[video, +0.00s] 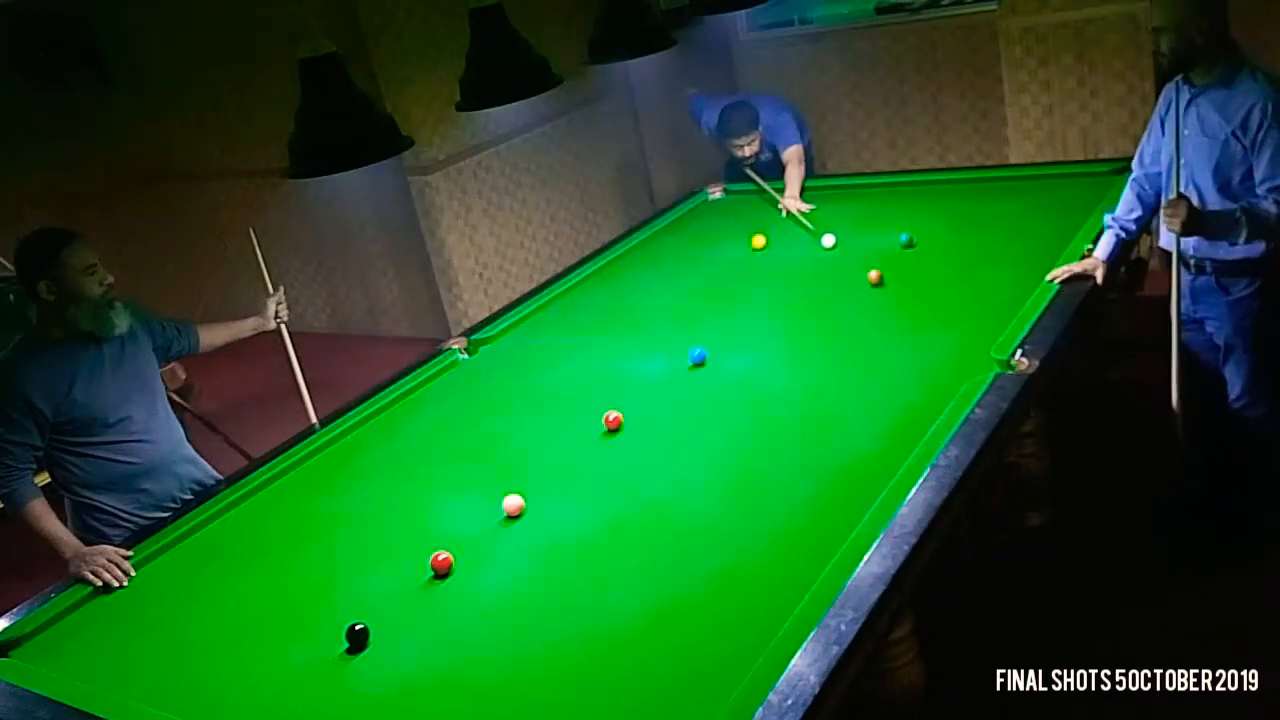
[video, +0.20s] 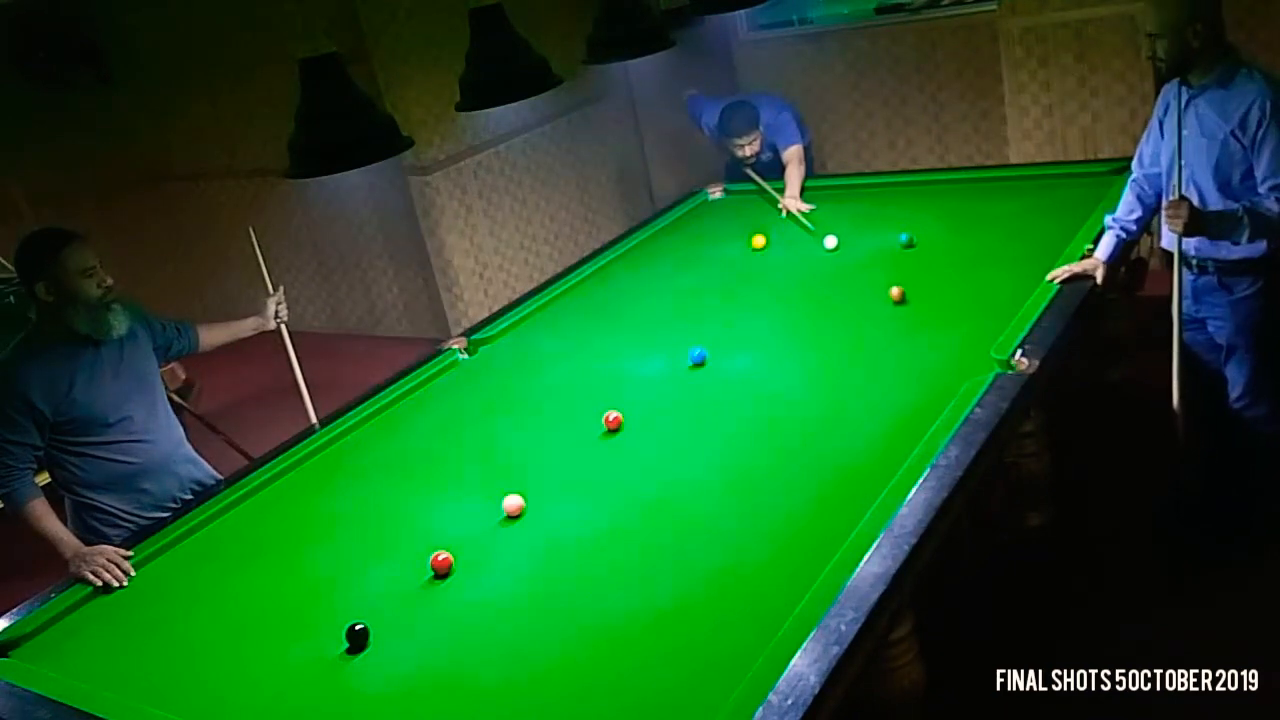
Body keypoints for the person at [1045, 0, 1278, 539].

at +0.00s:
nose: (1157, 46)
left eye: (1165, 32)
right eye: (1154, 34)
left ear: (1205, 28)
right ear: (1170, 36)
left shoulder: (1260, 102)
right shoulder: (1174, 96)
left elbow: (1272, 213)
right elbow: (1144, 178)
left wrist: (1204, 223)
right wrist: (1103, 252)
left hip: (1242, 288)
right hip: (1188, 282)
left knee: (1247, 410)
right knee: (1195, 405)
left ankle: (1252, 526)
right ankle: (1199, 516)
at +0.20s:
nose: (1150, 49)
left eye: (1159, 38)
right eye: (1148, 38)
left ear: (1199, 32)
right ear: (1182, 36)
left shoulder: (1258, 101)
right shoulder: (1172, 96)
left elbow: (1274, 212)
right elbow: (1144, 180)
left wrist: (1204, 223)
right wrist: (1104, 254)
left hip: (1244, 285)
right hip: (1189, 280)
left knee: (1248, 409)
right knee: (1197, 407)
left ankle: (1255, 528)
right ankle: (1202, 521)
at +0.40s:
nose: (1151, 60)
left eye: (1159, 47)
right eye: (1146, 48)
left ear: (1197, 36)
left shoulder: (1258, 100)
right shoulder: (1172, 98)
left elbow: (1276, 213)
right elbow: (1144, 180)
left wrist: (1207, 222)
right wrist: (1104, 254)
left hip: (1245, 283)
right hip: (1187, 279)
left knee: (1248, 408)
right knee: (1198, 404)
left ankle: (1256, 522)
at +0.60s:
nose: (1151, 68)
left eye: (1157, 54)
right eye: (1144, 56)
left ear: (1192, 39)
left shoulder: (1260, 101)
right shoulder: (1174, 97)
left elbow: (1277, 213)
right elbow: (1145, 179)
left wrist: (1210, 221)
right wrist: (1104, 254)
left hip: (1245, 285)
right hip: (1187, 280)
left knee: (1248, 410)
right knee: (1197, 407)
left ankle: (1256, 525)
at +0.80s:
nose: (1152, 70)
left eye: (1157, 56)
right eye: (1145, 58)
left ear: (1192, 39)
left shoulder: (1260, 100)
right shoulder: (1174, 97)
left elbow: (1277, 212)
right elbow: (1145, 180)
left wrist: (1213, 220)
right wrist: (1104, 254)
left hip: (1242, 285)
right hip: (1185, 279)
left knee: (1248, 410)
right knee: (1199, 409)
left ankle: (1257, 525)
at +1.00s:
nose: (1152, 69)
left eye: (1158, 55)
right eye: (1145, 57)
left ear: (1193, 39)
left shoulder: (1260, 99)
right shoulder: (1173, 97)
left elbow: (1277, 210)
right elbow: (1145, 180)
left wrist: (1214, 219)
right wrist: (1104, 253)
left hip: (1243, 284)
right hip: (1185, 278)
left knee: (1248, 409)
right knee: (1199, 407)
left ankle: (1257, 523)